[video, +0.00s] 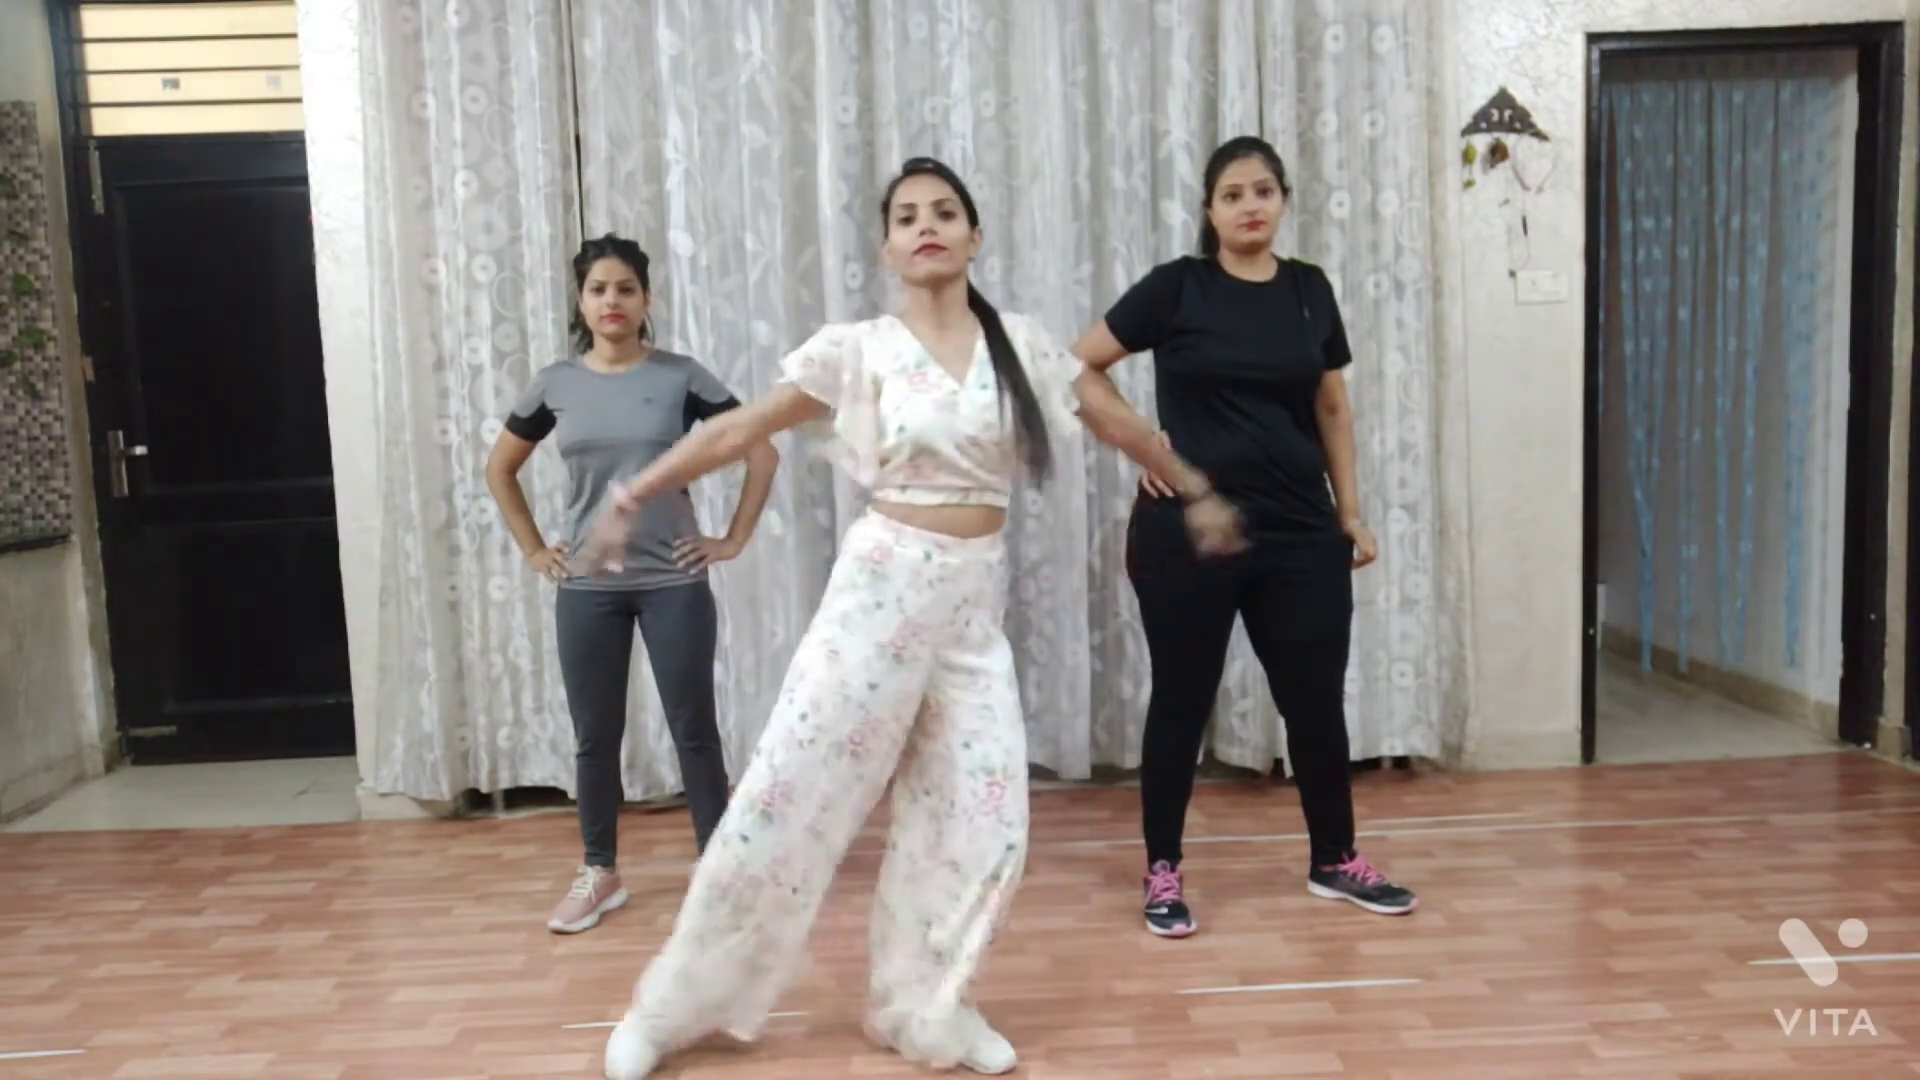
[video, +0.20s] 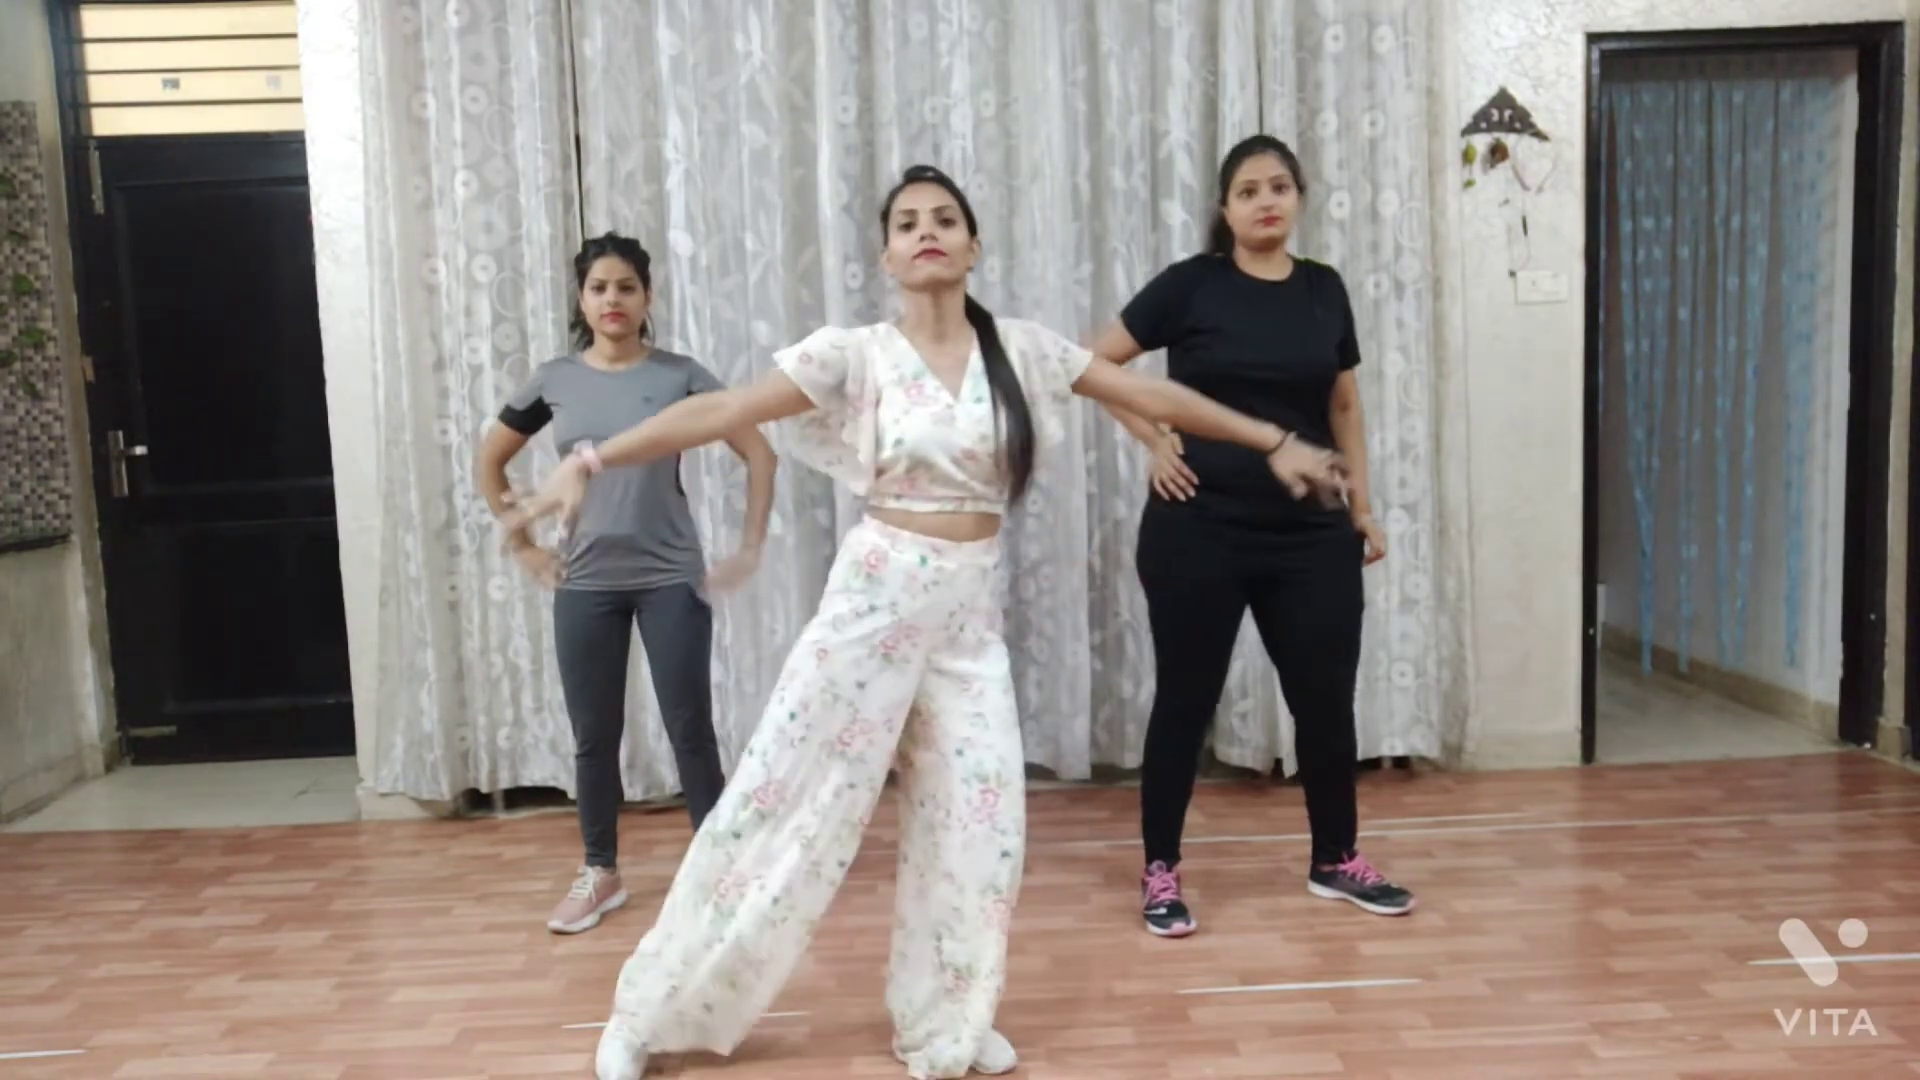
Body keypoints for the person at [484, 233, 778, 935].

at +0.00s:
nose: (612, 300)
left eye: (625, 288)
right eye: (598, 289)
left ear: (647, 299)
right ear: (580, 302)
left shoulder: (683, 379)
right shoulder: (555, 385)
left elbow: (764, 454)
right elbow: (499, 469)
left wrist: (735, 538)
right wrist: (535, 548)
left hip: (674, 580)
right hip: (587, 586)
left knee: (695, 733)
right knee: (595, 739)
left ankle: (719, 876)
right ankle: (599, 872)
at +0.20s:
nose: (613, 299)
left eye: (626, 287)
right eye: (599, 288)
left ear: (647, 297)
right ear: (581, 300)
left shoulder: (683, 378)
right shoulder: (555, 383)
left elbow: (761, 456)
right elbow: (488, 463)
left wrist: (748, 550)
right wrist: (524, 546)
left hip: (671, 574)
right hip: (587, 580)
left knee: (691, 730)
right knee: (594, 737)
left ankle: (720, 874)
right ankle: (600, 872)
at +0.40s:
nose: (621, 303)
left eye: (634, 290)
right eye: (608, 292)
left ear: (658, 297)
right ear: (591, 303)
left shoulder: (694, 379)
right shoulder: (569, 375)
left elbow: (752, 460)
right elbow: (473, 441)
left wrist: (806, 518)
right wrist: (473, 529)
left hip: (674, 574)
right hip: (589, 582)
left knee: (680, 732)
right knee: (595, 738)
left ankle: (687, 873)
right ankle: (599, 873)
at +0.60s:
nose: (632, 309)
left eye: (646, 295)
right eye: (620, 298)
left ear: (675, 302)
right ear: (606, 309)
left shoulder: (707, 379)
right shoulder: (600, 372)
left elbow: (750, 421)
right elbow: (565, 384)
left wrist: (807, 455)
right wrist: (524, 370)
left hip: (688, 580)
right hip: (605, 581)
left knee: (688, 726)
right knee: (567, 721)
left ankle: (685, 869)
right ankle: (579, 864)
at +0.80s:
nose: (644, 312)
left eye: (656, 299)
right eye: (631, 303)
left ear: (685, 302)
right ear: (616, 311)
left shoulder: (724, 372)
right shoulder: (604, 365)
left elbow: (697, 378)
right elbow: (621, 362)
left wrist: (648, 343)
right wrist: (723, 320)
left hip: (708, 574)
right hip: (623, 575)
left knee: (696, 734)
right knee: (549, 714)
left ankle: (687, 876)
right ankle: (471, 836)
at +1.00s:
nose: (648, 313)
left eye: (662, 301)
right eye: (636, 304)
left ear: (688, 303)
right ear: (618, 311)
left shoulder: (727, 367)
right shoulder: (605, 367)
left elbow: (716, 359)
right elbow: (612, 343)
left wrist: (619, 349)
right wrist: (731, 329)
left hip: (710, 576)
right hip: (625, 576)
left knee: (697, 734)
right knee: (557, 723)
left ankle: (688, 870)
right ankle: (488, 841)